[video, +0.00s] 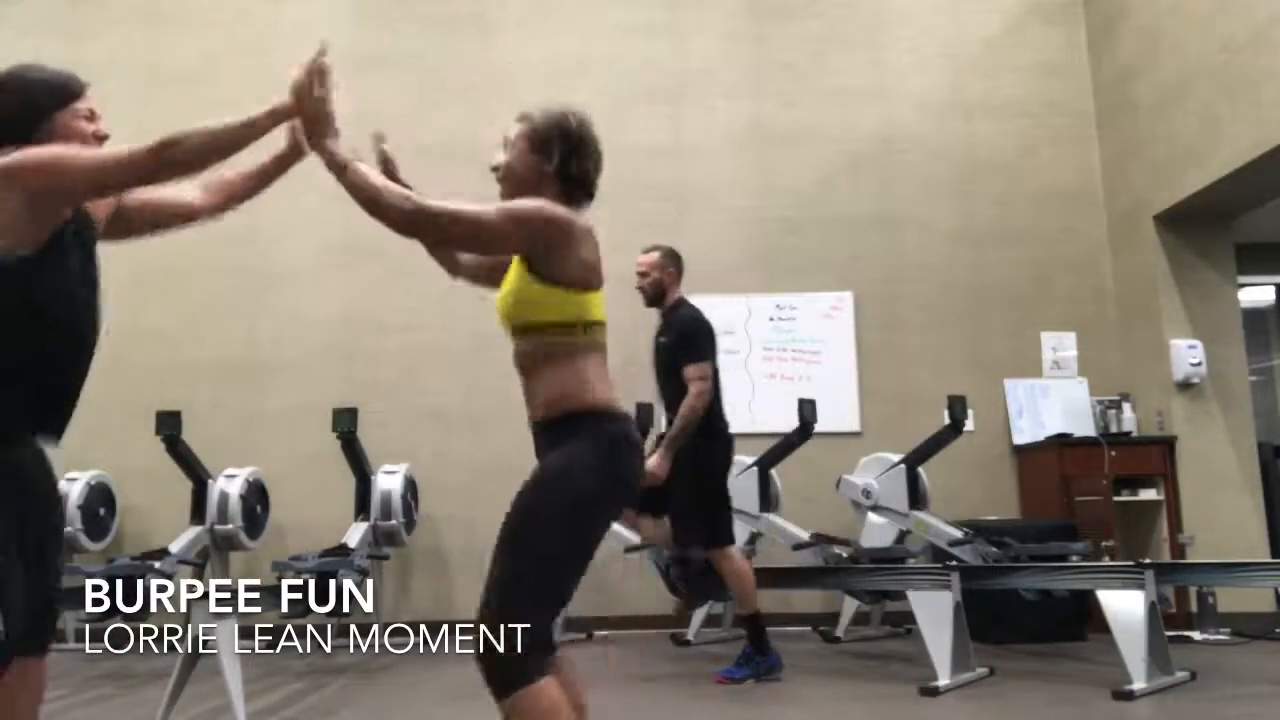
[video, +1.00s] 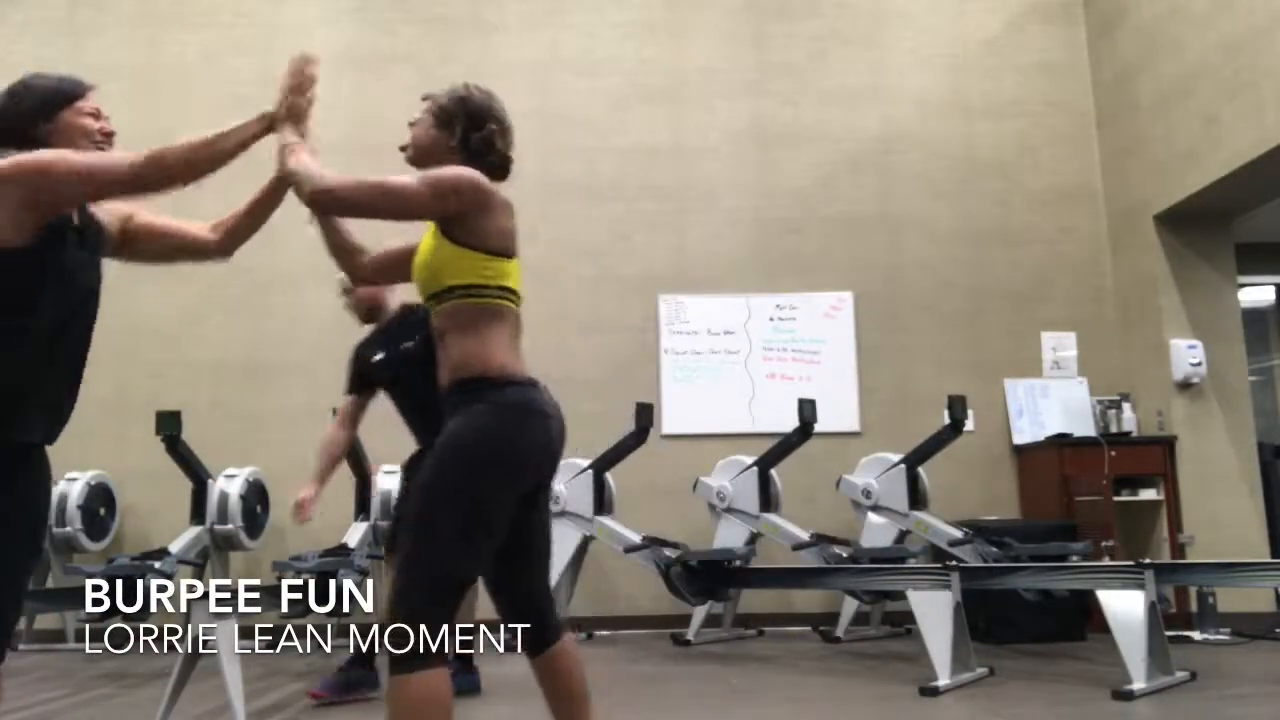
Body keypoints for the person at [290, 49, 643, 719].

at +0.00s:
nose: (499, 161)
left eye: (512, 151)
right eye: (505, 149)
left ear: (551, 165)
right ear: (549, 169)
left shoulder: (555, 224)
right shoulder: (539, 245)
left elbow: (409, 216)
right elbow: (457, 260)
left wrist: (326, 147)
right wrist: (400, 190)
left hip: (588, 451)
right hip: (579, 449)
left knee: (504, 642)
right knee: (523, 638)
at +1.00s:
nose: (409, 128)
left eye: (424, 118)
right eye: (417, 116)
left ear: (457, 134)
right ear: (454, 135)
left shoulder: (467, 190)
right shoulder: (450, 238)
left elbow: (323, 191)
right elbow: (360, 265)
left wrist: (294, 149)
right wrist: (316, 197)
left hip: (490, 422)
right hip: (514, 421)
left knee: (411, 623)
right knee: (531, 613)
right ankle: (578, 716)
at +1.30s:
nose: (437, 148)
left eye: (446, 134)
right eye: (439, 135)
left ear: (479, 138)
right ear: (498, 143)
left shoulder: (507, 188)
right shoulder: (513, 215)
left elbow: (388, 200)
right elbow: (452, 289)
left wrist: (331, 143)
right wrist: (409, 227)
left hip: (519, 418)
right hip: (552, 416)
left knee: (442, 620)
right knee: (568, 608)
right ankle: (655, 713)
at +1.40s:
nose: (464, 200)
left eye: (468, 183)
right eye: (461, 186)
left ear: (506, 171)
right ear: (505, 175)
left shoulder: (554, 212)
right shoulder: (532, 244)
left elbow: (513, 257)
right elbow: (497, 336)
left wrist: (394, 220)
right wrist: (426, 287)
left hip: (574, 429)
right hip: (597, 429)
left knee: (484, 623)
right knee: (627, 627)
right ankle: (698, 714)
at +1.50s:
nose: (480, 221)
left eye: (482, 202)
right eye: (475, 207)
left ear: (521, 185)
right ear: (521, 189)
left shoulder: (584, 224)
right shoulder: (559, 262)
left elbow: (571, 288)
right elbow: (539, 372)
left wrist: (440, 315)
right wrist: (457, 380)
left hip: (635, 427)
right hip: (632, 431)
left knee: (552, 623)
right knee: (649, 623)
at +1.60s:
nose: (480, 240)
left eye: (480, 222)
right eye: (473, 228)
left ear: (513, 197)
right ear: (514, 202)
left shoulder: (581, 229)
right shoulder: (558, 267)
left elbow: (571, 327)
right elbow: (566, 396)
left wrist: (487, 401)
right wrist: (502, 456)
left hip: (677, 415)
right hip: (663, 422)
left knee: (619, 613)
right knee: (674, 618)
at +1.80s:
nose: (461, 397)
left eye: (456, 383)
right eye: (451, 389)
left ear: (481, 354)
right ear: (488, 347)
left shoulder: (557, 361)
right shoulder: (550, 371)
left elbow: (557, 499)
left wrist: (519, 623)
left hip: (765, 437)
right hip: (724, 455)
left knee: (701, 625)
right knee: (656, 615)